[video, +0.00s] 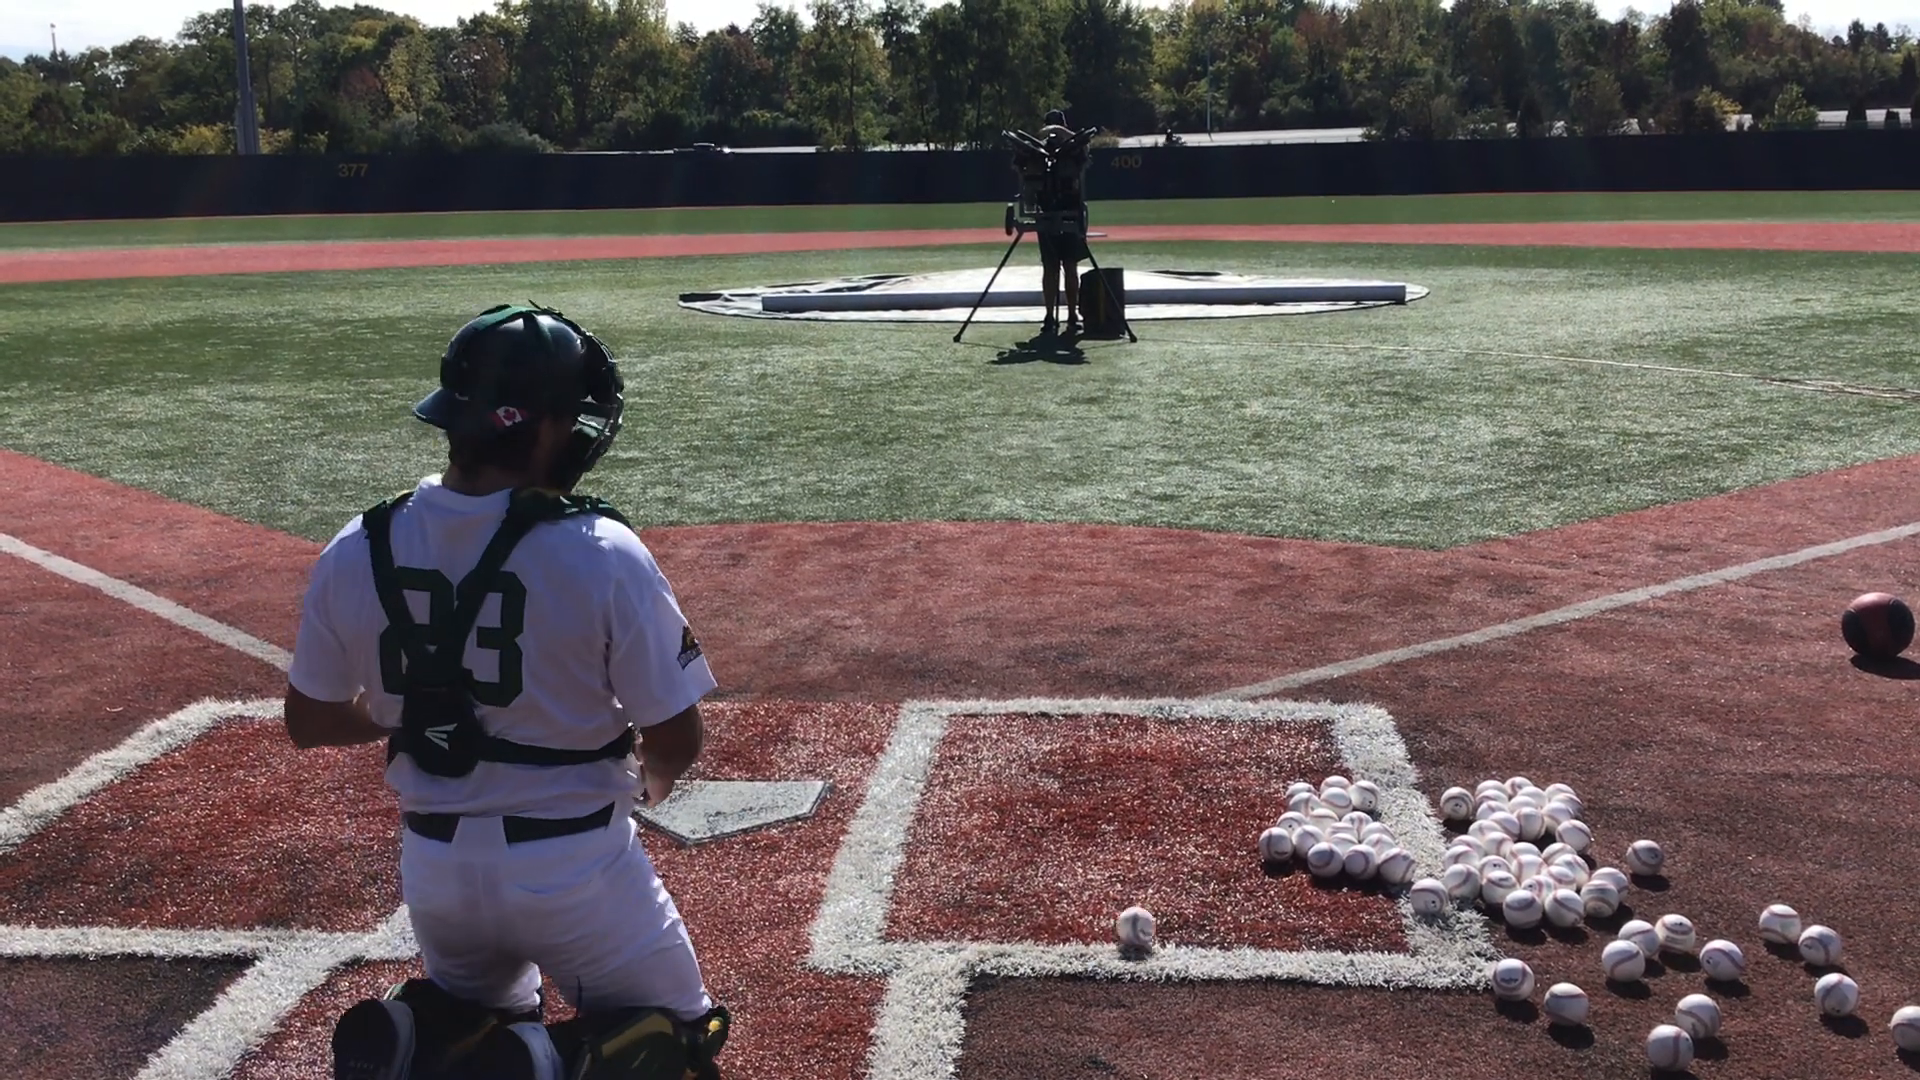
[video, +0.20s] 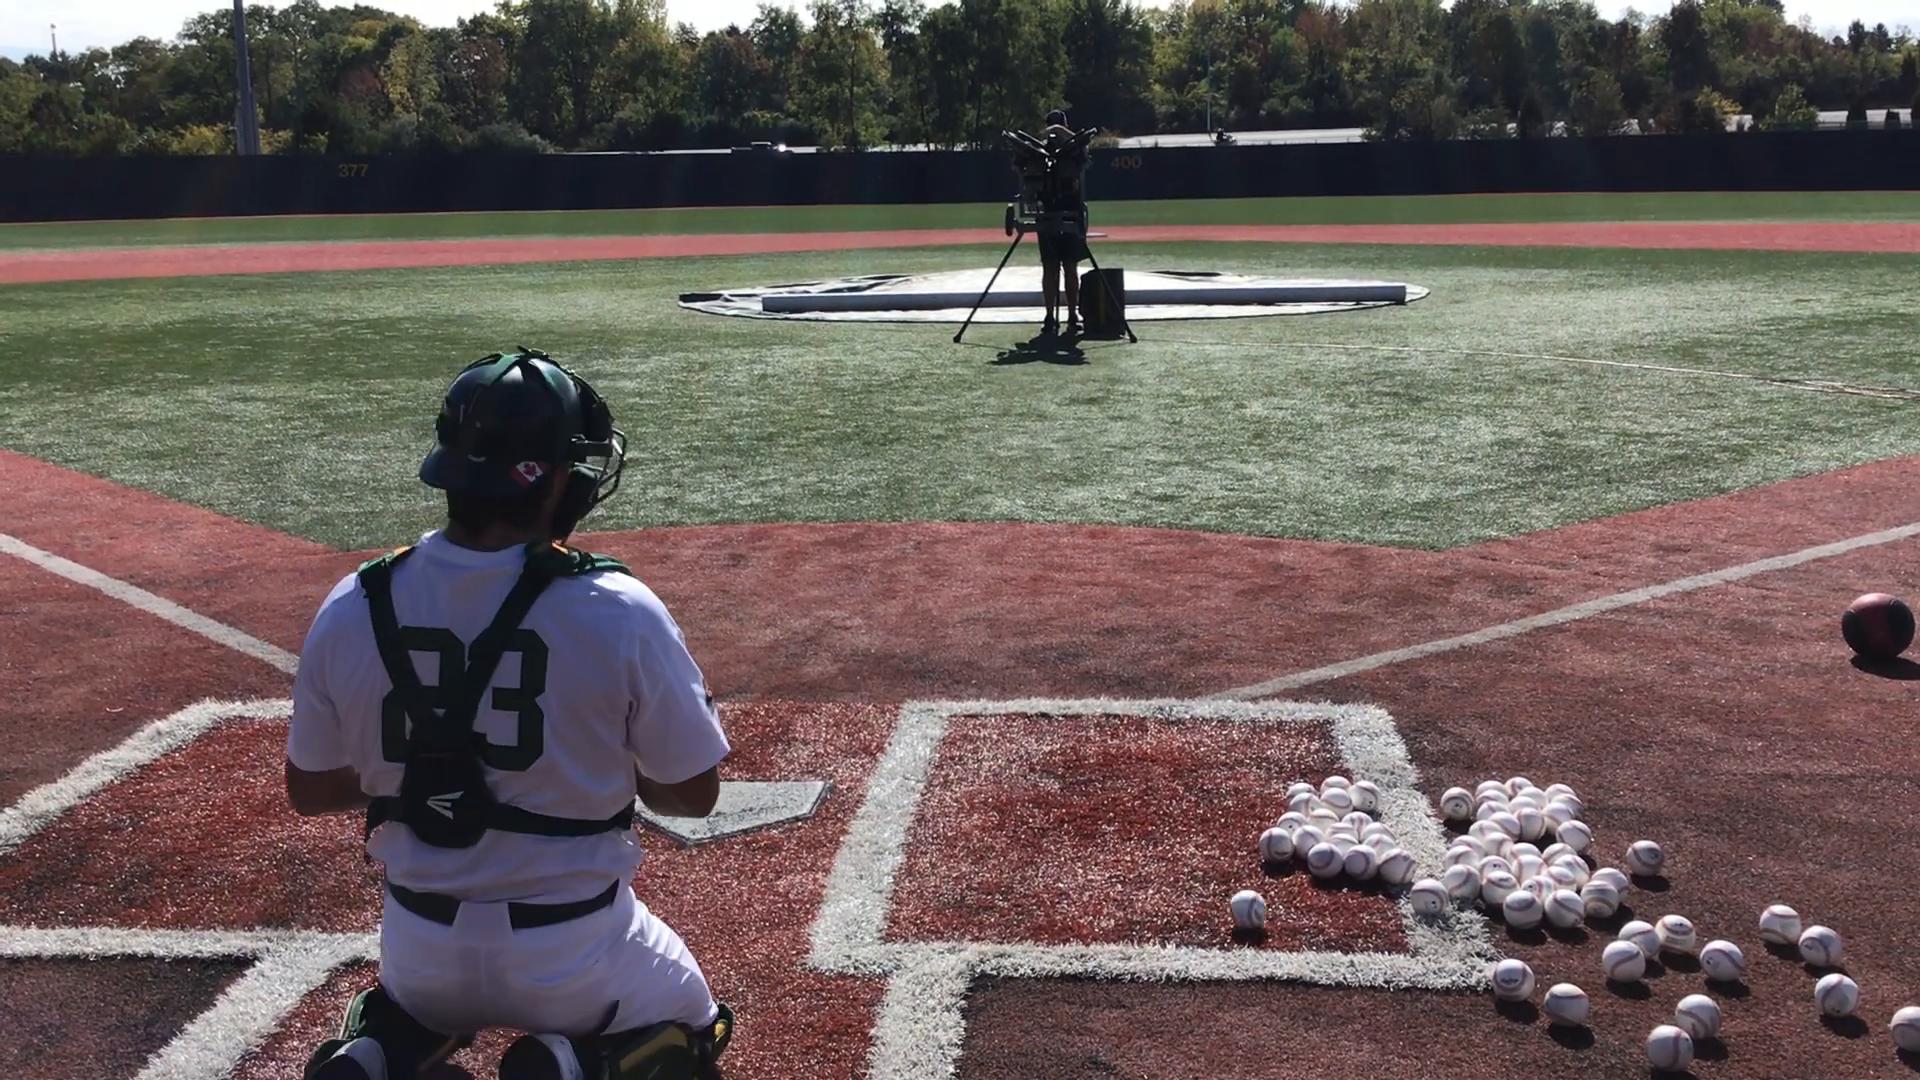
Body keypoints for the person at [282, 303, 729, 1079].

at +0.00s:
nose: (587, 447)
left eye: (588, 429)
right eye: (582, 428)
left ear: (455, 421)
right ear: (546, 432)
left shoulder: (358, 549)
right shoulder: (601, 555)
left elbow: (310, 717)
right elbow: (678, 736)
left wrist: (414, 711)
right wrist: (653, 774)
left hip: (435, 863)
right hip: (576, 868)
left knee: (481, 1014)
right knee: (678, 1039)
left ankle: (398, 1037)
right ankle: (531, 1059)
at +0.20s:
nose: (589, 485)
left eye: (589, 468)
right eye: (584, 469)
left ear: (448, 473)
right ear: (562, 483)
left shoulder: (355, 605)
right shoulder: (617, 610)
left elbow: (312, 787)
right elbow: (691, 794)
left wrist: (427, 766)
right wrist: (597, 748)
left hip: (418, 952)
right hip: (578, 961)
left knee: (403, 1015)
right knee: (694, 1033)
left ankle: (365, 1057)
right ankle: (585, 1063)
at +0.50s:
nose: (529, 532)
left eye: (526, 516)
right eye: (522, 517)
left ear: (386, 526)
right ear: (503, 537)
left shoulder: (298, 659)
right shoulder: (565, 669)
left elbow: (267, 851)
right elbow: (642, 865)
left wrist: (382, 818)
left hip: (345, 1042)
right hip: (508, 1044)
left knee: (311, 892)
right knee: (678, 961)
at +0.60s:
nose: (522, 521)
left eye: (519, 503)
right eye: (517, 506)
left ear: (380, 517)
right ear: (496, 527)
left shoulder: (290, 649)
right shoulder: (553, 662)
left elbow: (260, 841)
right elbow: (628, 862)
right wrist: (554, 788)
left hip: (313, 1038)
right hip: (475, 1044)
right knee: (695, 930)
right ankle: (568, 1071)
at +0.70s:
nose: (518, 523)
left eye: (514, 507)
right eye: (512, 509)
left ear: (374, 520)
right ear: (492, 530)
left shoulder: (284, 649)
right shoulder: (544, 665)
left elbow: (253, 838)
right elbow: (622, 861)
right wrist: (554, 798)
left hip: (287, 1043)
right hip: (453, 1051)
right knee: (713, 913)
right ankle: (576, 1069)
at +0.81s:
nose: (515, 531)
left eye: (511, 514)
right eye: (506, 517)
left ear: (367, 531)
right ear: (480, 541)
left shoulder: (282, 657)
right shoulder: (535, 672)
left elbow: (252, 840)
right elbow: (630, 860)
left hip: (272, 1045)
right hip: (439, 1053)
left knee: (256, 882)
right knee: (721, 905)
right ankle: (581, 1071)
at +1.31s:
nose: (521, 561)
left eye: (517, 545)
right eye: (513, 547)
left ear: (378, 557)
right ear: (490, 568)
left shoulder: (288, 676)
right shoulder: (536, 688)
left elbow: (266, 855)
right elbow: (644, 869)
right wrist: (623, 758)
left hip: (256, 1053)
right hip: (432, 1063)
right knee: (705, 892)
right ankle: (585, 1068)